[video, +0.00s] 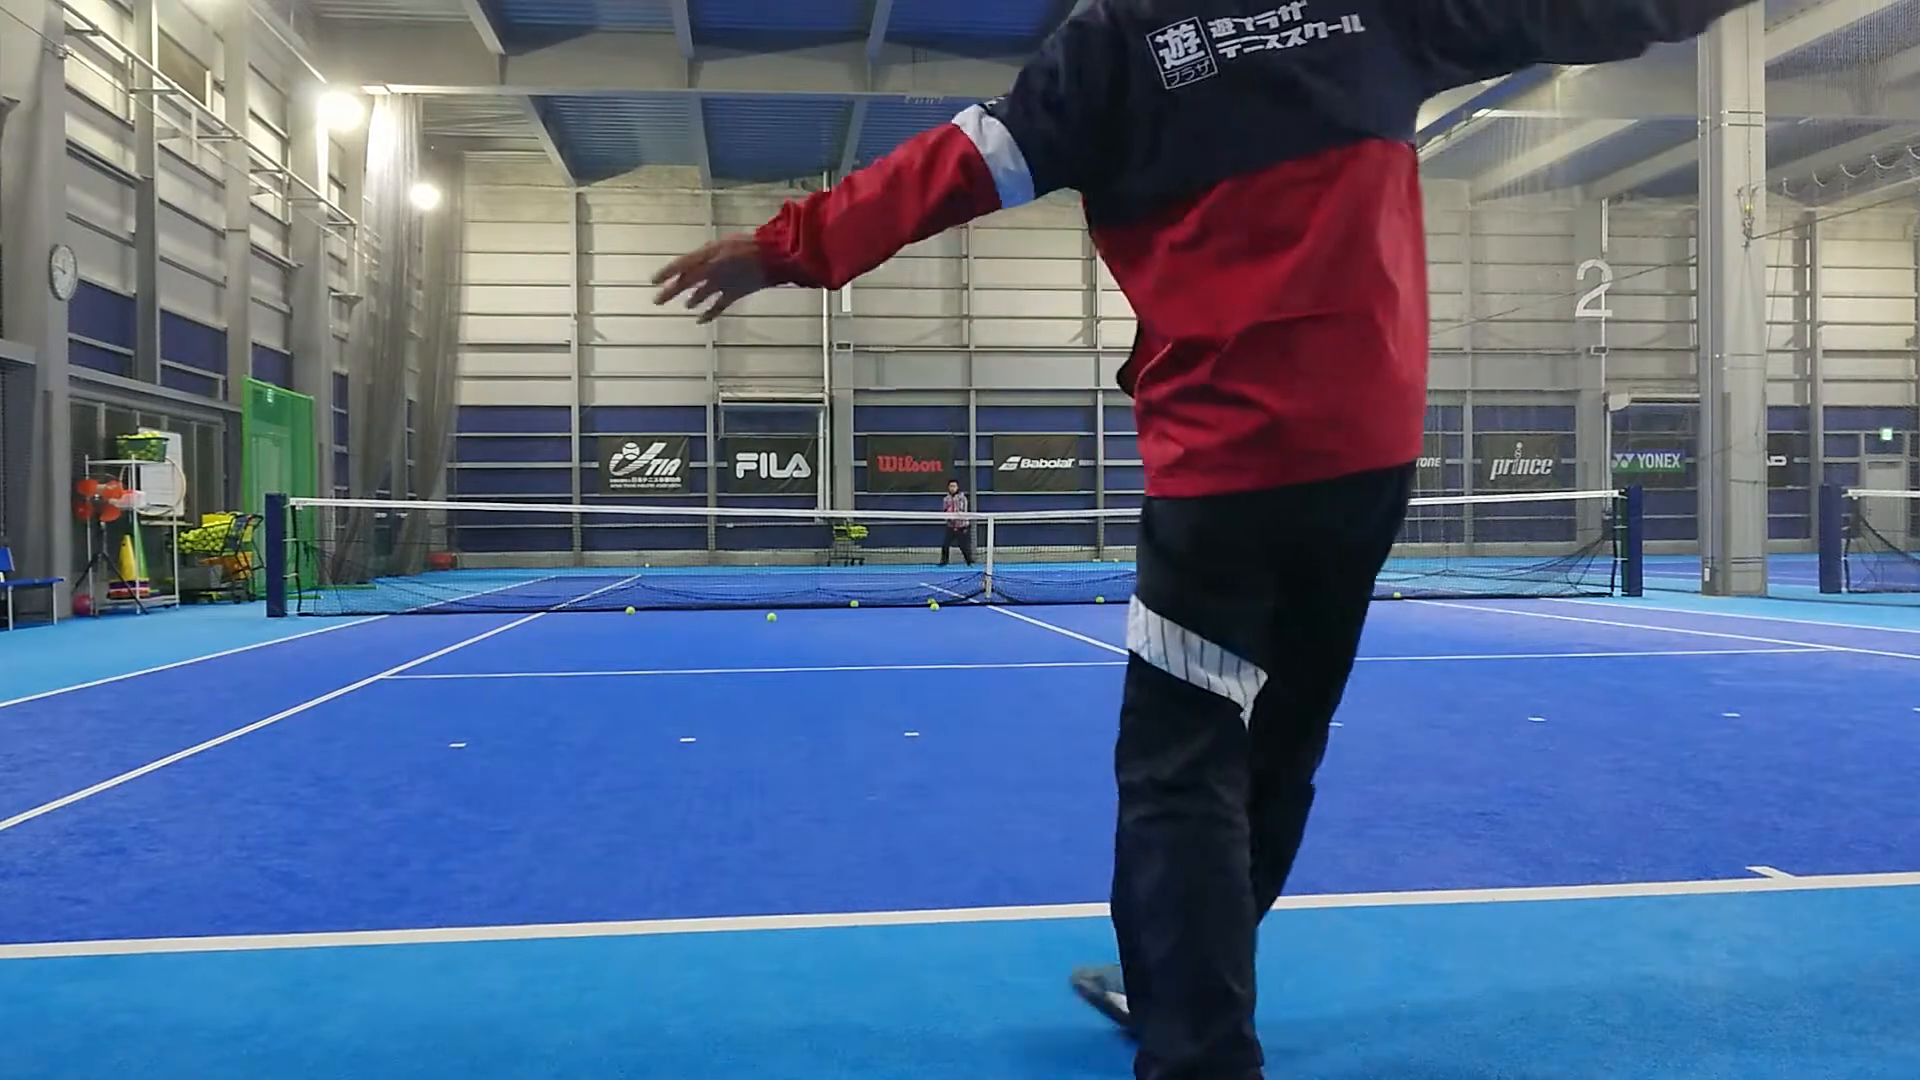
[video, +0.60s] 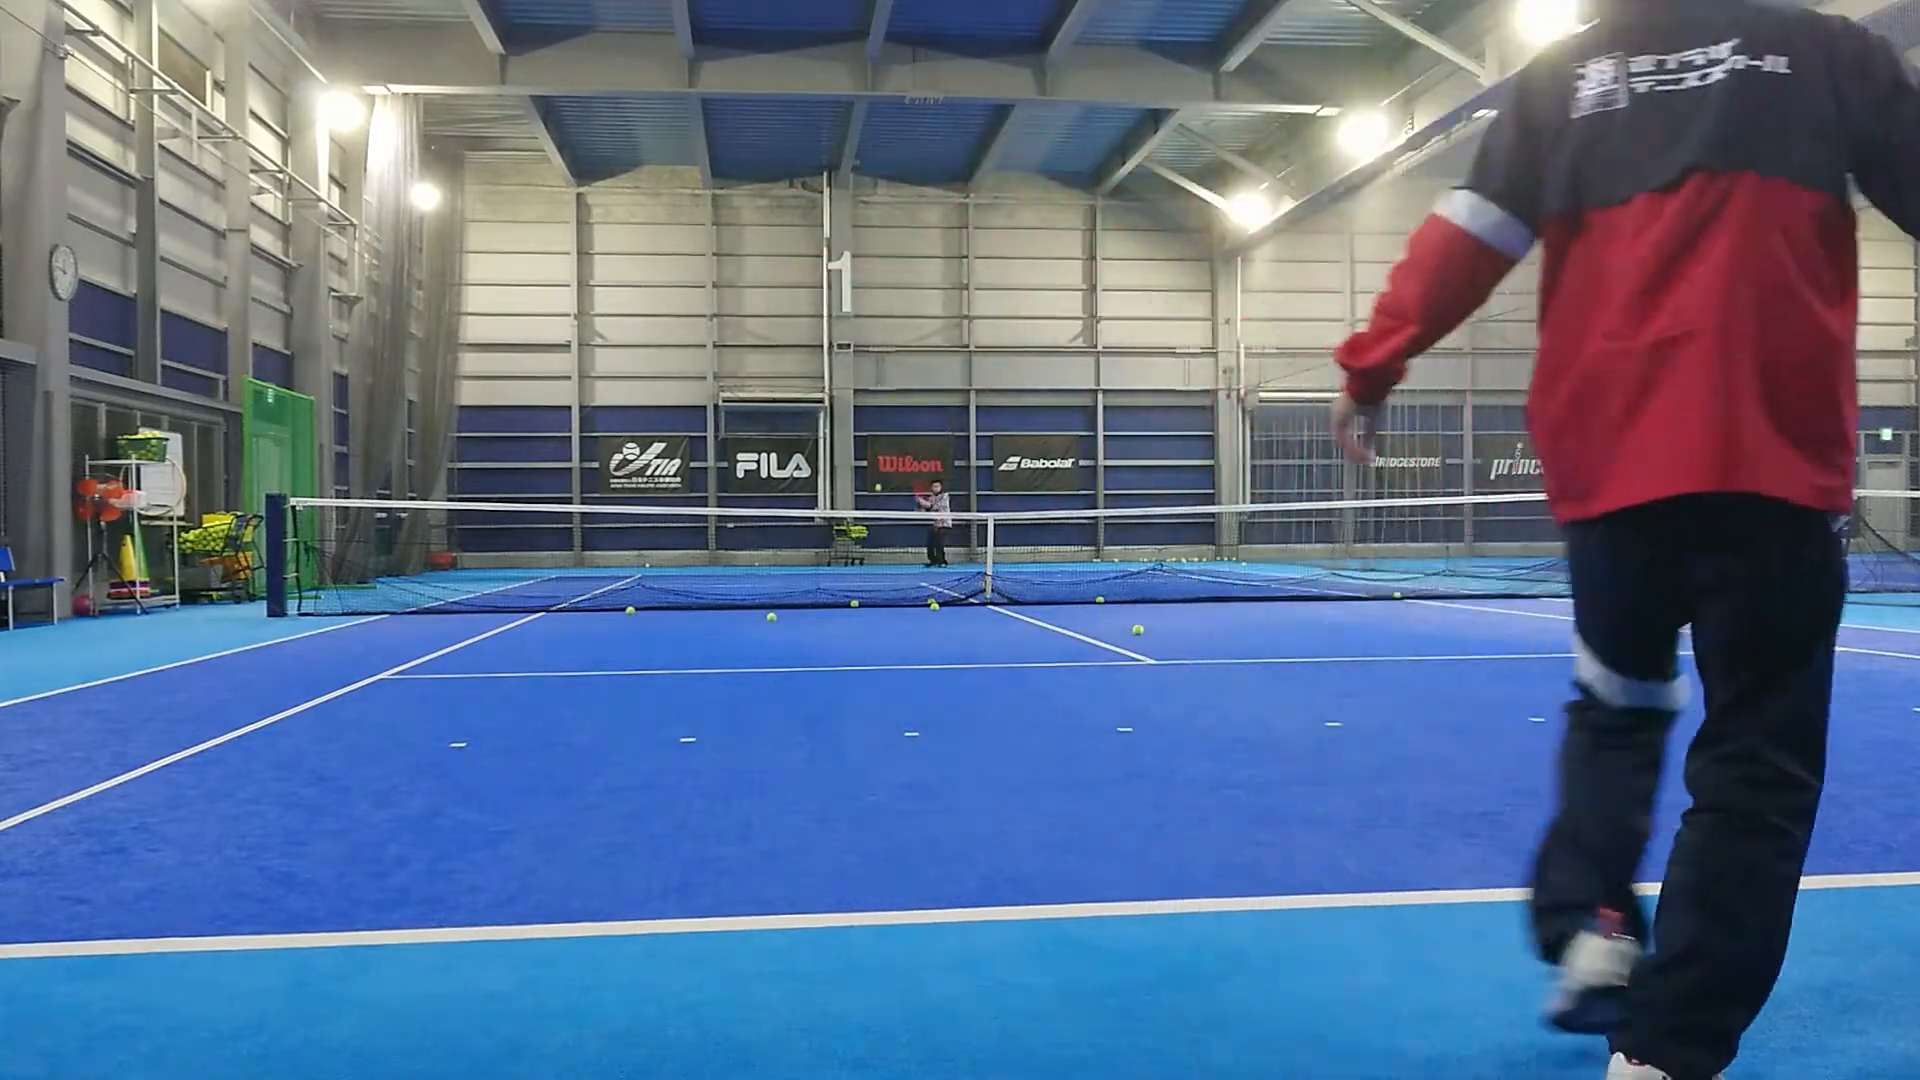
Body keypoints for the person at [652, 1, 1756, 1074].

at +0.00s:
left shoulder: (1100, 43)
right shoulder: (1374, 20)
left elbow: (952, 168)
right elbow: (1590, 18)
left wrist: (782, 245)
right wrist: (1707, 5)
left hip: (1223, 449)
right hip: (1377, 443)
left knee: (1177, 765)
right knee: (1279, 741)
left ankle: (1202, 1057)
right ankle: (1179, 972)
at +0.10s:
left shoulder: (1137, 39)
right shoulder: (1431, 9)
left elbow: (991, 176)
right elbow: (1648, 25)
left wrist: (841, 255)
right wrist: (1814, 12)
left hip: (1246, 444)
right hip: (1421, 433)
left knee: (1206, 744)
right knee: (1337, 702)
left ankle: (1195, 1057)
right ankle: (1306, 985)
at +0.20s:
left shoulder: (1198, 43)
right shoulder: (1490, 18)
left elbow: (1059, 183)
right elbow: (1684, 44)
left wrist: (926, 267)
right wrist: (1864, 39)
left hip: (1276, 450)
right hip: (1453, 442)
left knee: (1230, 758)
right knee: (1437, 703)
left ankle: (1203, 1055)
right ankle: (1469, 991)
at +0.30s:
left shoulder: (1281, 30)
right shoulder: (1557, 17)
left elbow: (1142, 182)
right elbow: (1746, 65)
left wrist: (1030, 275)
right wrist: (1907, 83)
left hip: (1335, 454)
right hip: (1518, 451)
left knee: (1276, 747)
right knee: (1562, 742)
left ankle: (1209, 1046)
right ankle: (1616, 1026)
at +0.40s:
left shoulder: (1378, 52)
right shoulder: (1652, 25)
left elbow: (1248, 201)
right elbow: (1844, 116)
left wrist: (1138, 303)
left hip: (1423, 467)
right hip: (1617, 468)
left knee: (1352, 726)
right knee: (1660, 755)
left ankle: (1249, 987)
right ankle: (1671, 1052)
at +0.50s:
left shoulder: (1474, 74)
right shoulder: (1743, 41)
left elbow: (1363, 234)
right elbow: (1905, 168)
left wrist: (1255, 350)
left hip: (1533, 465)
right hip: (1711, 465)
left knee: (1476, 715)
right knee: (1721, 769)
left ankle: (1372, 916)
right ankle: (1674, 1053)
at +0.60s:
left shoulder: (1554, 83)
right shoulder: (1839, 55)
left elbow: (1454, 256)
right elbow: (1917, 196)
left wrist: (1370, 364)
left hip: (1609, 459)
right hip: (1777, 460)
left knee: (1617, 708)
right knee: (1761, 758)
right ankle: (1669, 1050)